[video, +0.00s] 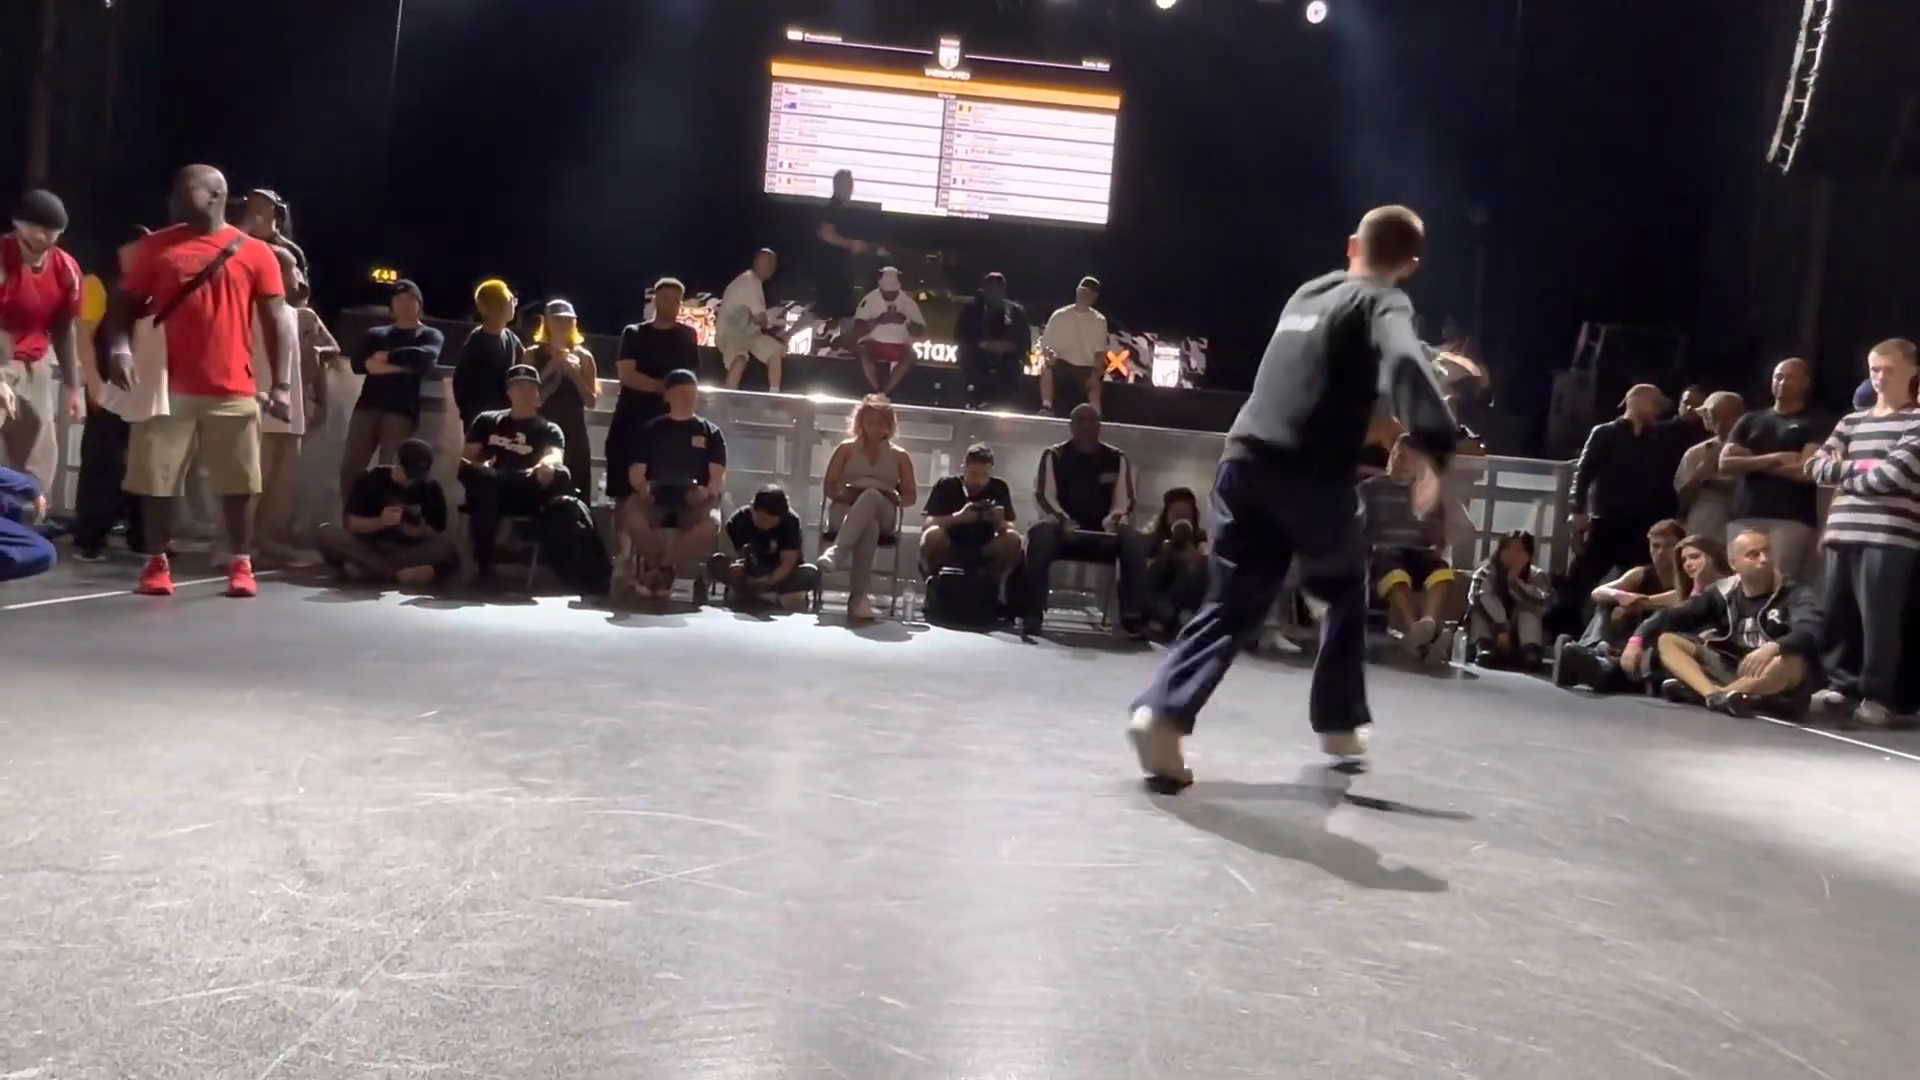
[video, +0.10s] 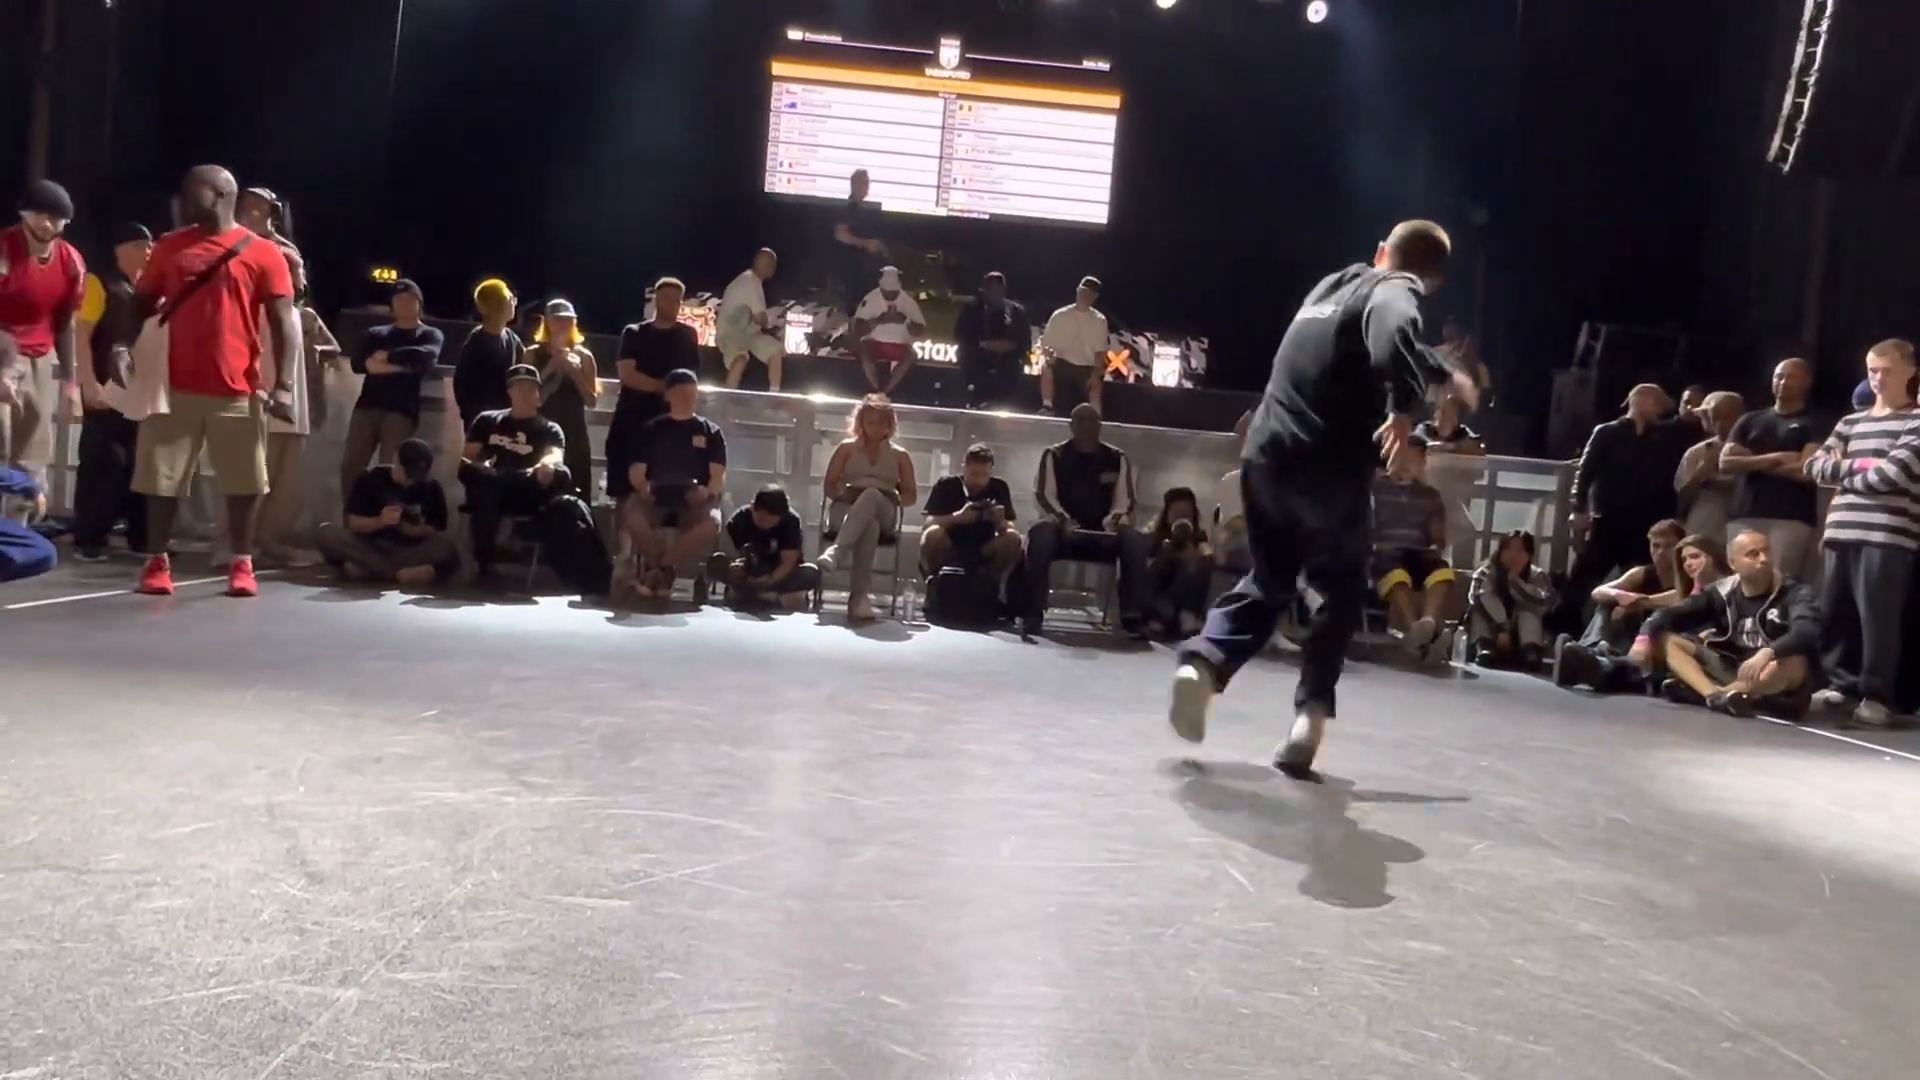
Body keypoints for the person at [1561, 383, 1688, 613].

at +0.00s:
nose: (1658, 409)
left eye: (1658, 403)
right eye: (1653, 402)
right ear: (1637, 402)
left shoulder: (1663, 437)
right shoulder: (1604, 434)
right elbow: (1583, 473)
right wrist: (1578, 511)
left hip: (1648, 520)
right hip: (1608, 520)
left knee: (1643, 581)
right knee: (1583, 578)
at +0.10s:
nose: (1661, 409)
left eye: (1661, 403)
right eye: (1656, 402)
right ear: (1639, 402)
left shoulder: (1664, 436)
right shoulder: (1606, 433)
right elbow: (1584, 474)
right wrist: (1579, 510)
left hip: (1649, 522)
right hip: (1609, 521)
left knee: (1645, 584)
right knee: (1583, 578)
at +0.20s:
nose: (1663, 408)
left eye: (1663, 403)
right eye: (1658, 401)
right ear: (1640, 402)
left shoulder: (1666, 436)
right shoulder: (1607, 433)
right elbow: (1585, 474)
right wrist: (1580, 511)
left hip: (1650, 523)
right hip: (1609, 521)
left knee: (1643, 583)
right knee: (1586, 576)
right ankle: (1565, 628)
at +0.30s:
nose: (1664, 407)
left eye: (1663, 402)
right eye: (1659, 400)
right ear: (1640, 403)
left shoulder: (1667, 437)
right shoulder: (1607, 433)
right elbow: (1584, 472)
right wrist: (1579, 510)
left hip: (1649, 523)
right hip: (1608, 521)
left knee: (1642, 583)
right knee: (1583, 578)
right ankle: (1564, 630)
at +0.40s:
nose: (1665, 405)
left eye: (1663, 401)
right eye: (1658, 399)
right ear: (1640, 403)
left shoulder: (1665, 436)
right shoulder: (1609, 431)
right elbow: (1586, 470)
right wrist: (1580, 507)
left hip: (1647, 521)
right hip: (1606, 520)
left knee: (1639, 582)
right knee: (1582, 577)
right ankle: (1563, 629)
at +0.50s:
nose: (1662, 407)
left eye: (1660, 403)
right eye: (1657, 402)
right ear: (1638, 405)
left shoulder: (1661, 435)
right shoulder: (1611, 431)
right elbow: (1591, 468)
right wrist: (1587, 504)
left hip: (1646, 517)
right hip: (1609, 516)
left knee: (1639, 577)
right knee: (1587, 572)